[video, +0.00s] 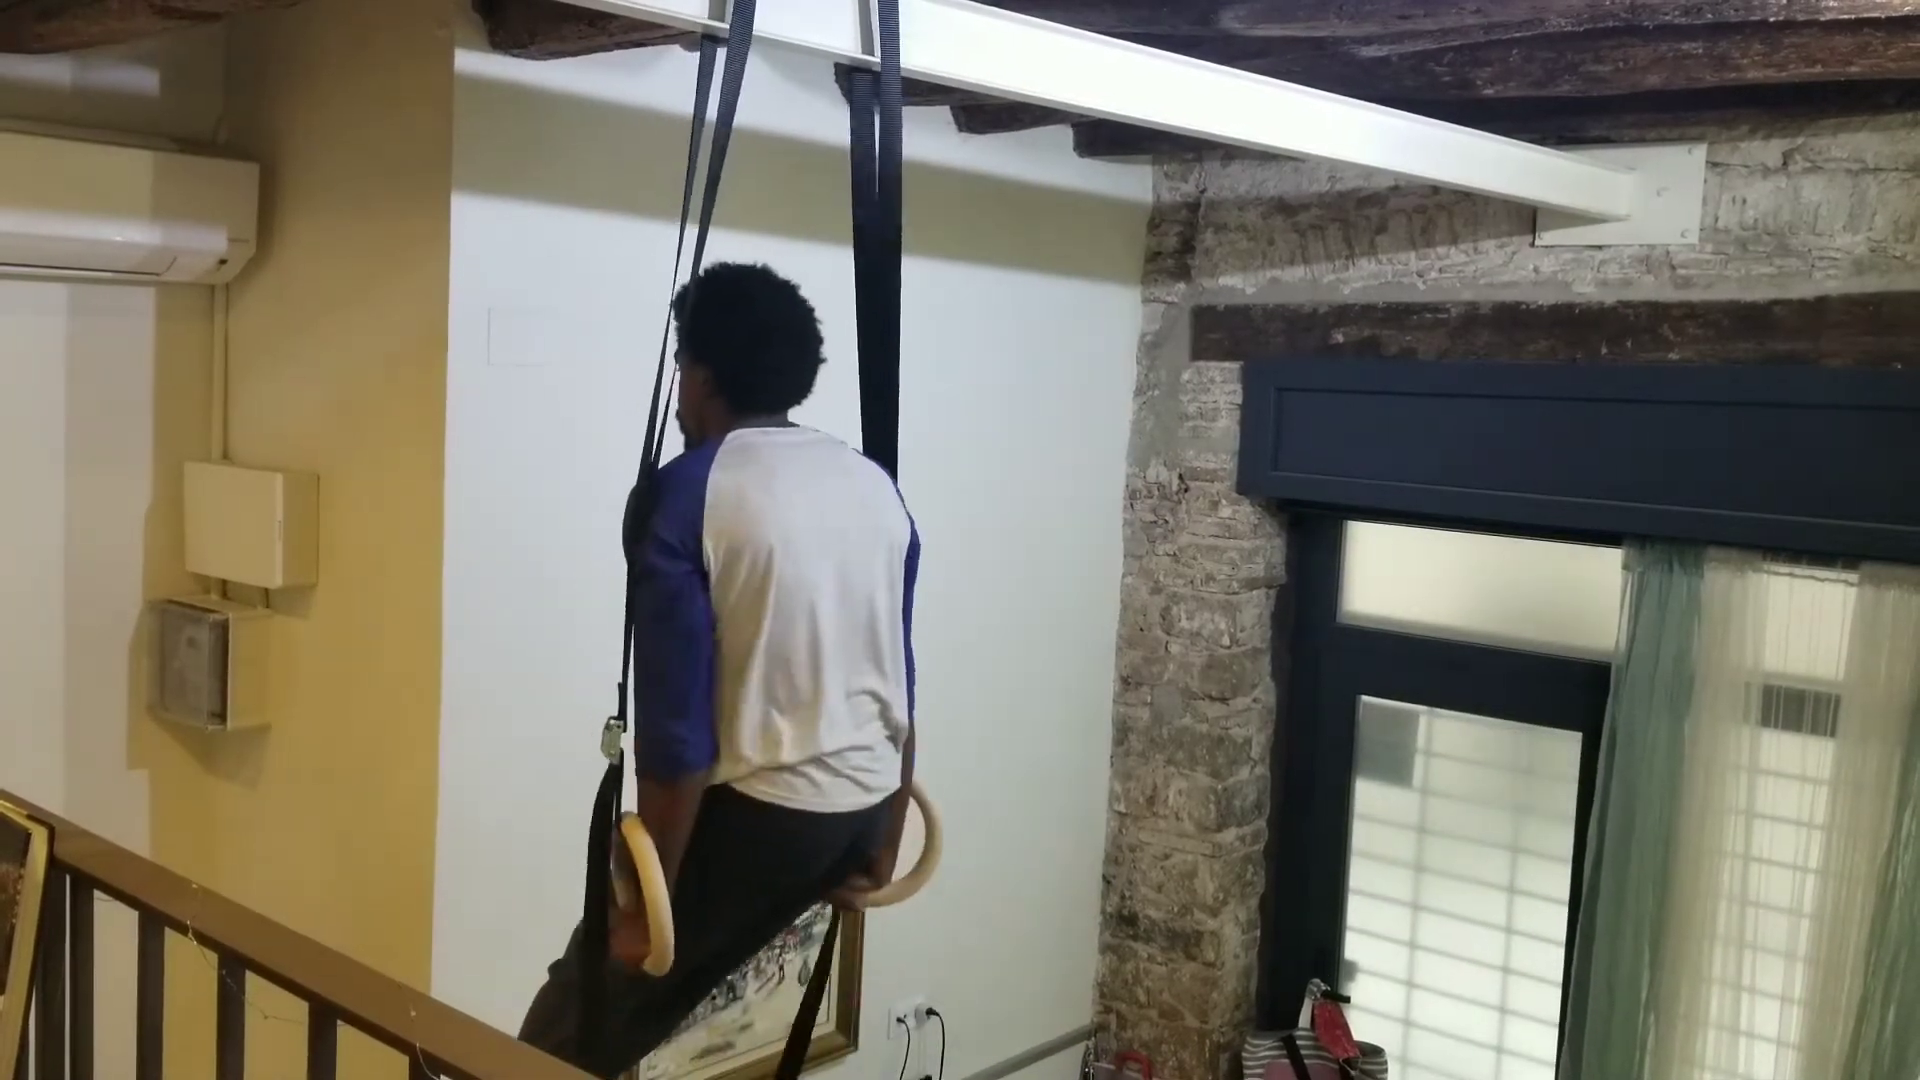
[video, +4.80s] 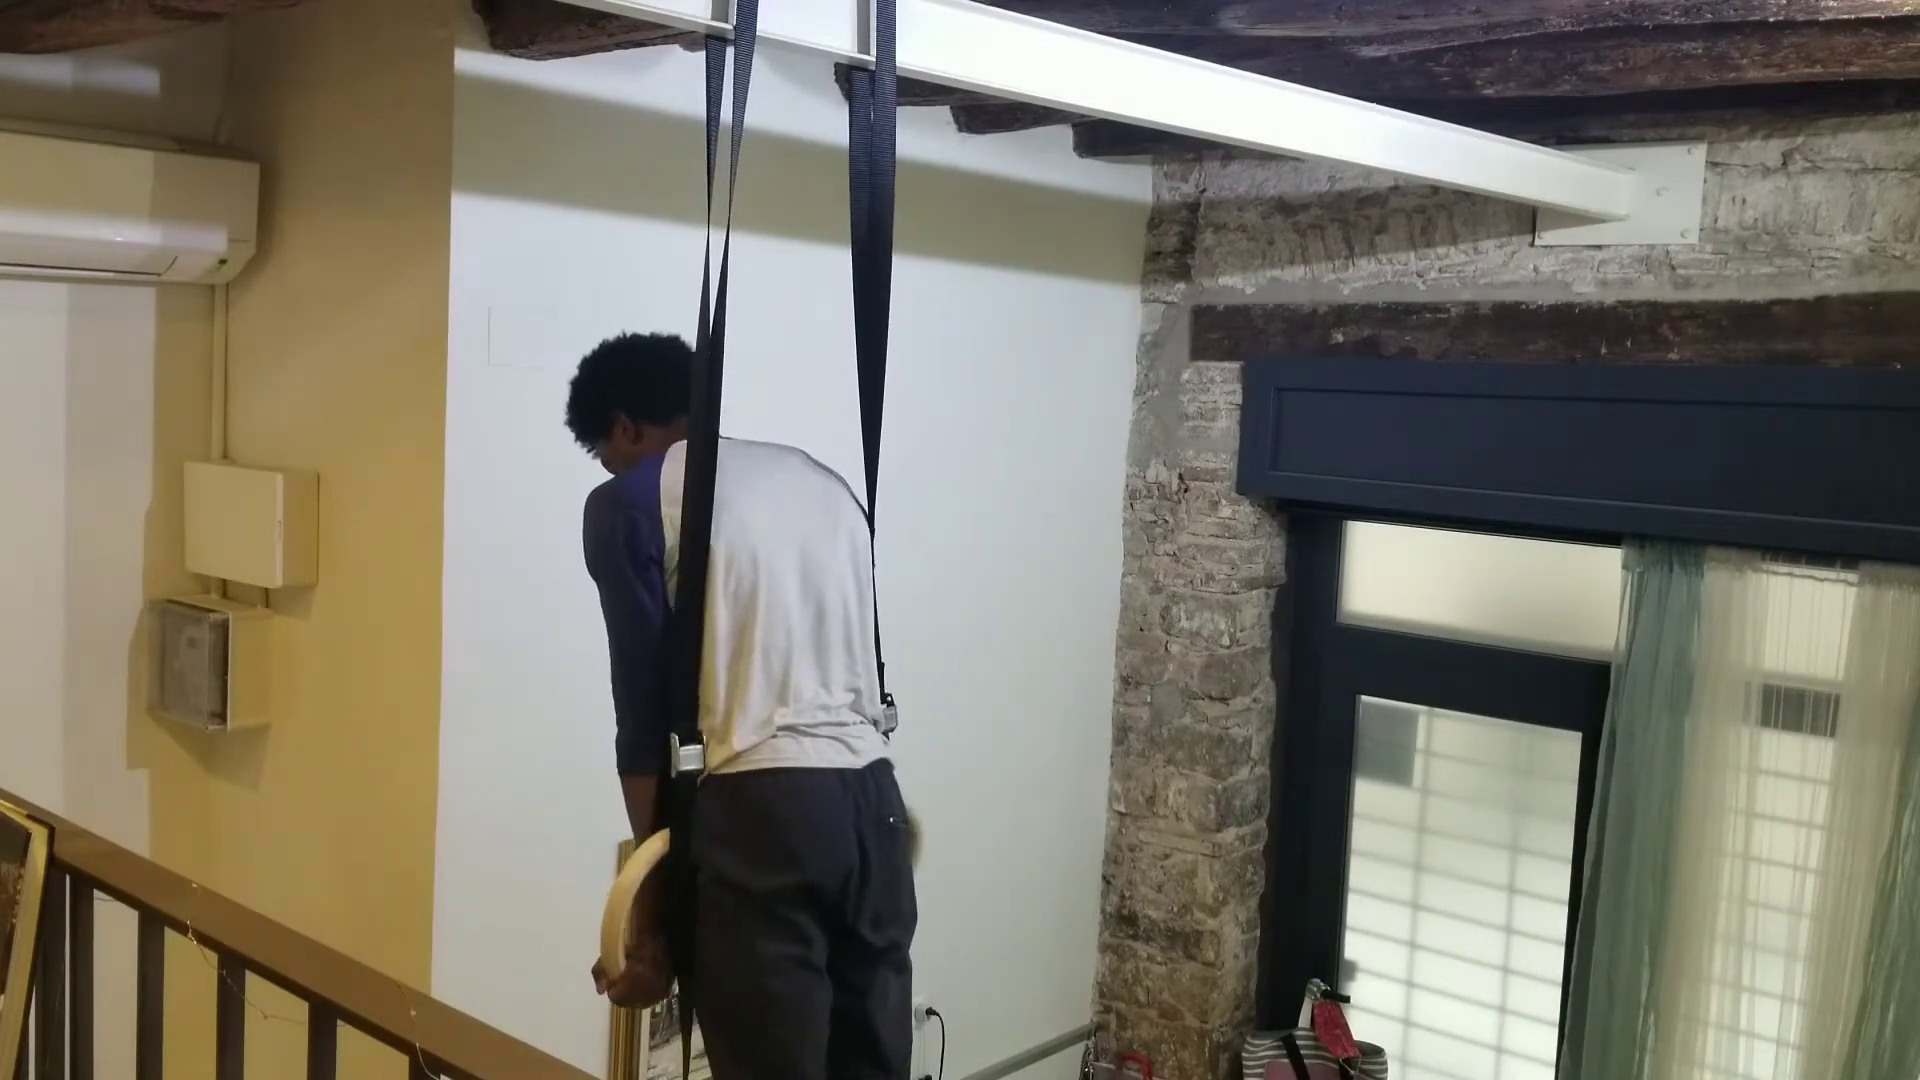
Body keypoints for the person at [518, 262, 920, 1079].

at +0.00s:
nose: (678, 388)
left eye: (682, 365)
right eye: (683, 364)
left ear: (701, 375)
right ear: (796, 376)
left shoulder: (684, 493)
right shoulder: (876, 487)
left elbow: (676, 731)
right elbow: (899, 690)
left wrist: (642, 902)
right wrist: (881, 847)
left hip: (747, 826)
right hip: (854, 823)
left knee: (575, 1020)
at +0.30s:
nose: (707, 407)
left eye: (710, 384)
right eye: (709, 384)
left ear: (734, 391)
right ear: (827, 389)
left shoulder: (721, 499)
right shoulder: (922, 495)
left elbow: (733, 750)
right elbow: (962, 702)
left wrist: (705, 938)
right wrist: (962, 889)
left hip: (820, 844)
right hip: (928, 843)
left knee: (664, 1054)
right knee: (725, 1045)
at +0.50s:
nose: (710, 414)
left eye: (711, 391)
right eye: (709, 392)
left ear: (732, 399)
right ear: (826, 398)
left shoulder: (727, 502)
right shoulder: (931, 494)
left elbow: (739, 752)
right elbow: (983, 701)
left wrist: (717, 945)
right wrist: (987, 871)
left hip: (835, 844)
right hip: (950, 846)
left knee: (736, 1060)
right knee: (820, 1060)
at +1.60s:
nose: (635, 417)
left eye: (634, 398)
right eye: (631, 399)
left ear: (663, 391)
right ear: (744, 385)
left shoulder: (674, 499)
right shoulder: (854, 490)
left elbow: (671, 740)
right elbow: (882, 684)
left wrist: (616, 910)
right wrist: (880, 826)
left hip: (724, 835)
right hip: (834, 835)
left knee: (636, 1059)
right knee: (724, 1060)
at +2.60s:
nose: (653, 425)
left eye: (653, 403)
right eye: (648, 407)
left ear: (682, 388)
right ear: (755, 383)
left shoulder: (677, 494)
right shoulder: (878, 478)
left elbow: (693, 728)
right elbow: (916, 664)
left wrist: (654, 946)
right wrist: (924, 859)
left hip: (804, 799)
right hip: (924, 797)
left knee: (733, 1056)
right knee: (819, 1058)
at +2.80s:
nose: (646, 441)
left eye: (643, 421)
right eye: (641, 422)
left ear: (667, 408)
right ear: (751, 398)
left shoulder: (677, 499)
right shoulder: (868, 470)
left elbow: (705, 737)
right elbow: (902, 661)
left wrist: (671, 956)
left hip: (826, 788)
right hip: (945, 781)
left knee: (778, 1055)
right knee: (875, 1054)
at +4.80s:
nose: (609, 471)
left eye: (604, 456)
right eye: (601, 459)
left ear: (626, 427)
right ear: (702, 408)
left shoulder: (629, 499)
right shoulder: (827, 481)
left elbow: (639, 680)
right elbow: (853, 658)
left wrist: (648, 862)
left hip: (758, 814)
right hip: (873, 805)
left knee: (771, 1061)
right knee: (878, 1062)